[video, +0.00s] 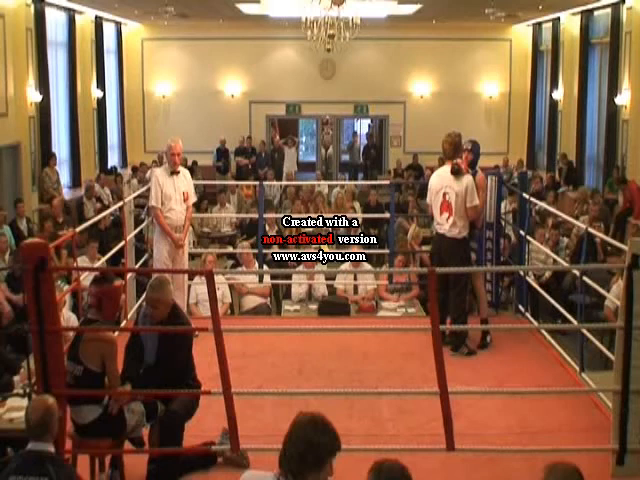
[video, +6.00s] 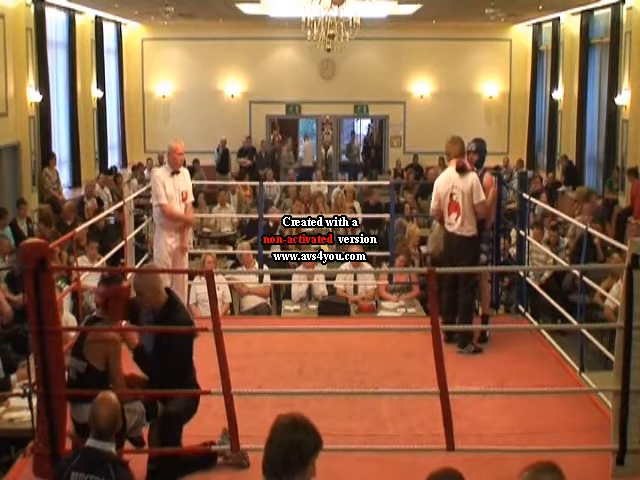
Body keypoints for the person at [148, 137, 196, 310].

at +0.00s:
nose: (176, 159)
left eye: (179, 155)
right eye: (172, 155)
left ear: (182, 155)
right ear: (166, 156)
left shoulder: (185, 174)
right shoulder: (157, 174)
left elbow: (190, 204)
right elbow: (154, 208)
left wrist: (184, 233)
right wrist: (172, 234)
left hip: (182, 227)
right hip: (164, 227)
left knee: (181, 270)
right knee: (162, 269)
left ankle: (181, 310)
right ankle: (162, 310)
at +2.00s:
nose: (176, 159)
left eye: (178, 155)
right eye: (172, 155)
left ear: (181, 155)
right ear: (165, 156)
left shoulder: (184, 173)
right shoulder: (158, 174)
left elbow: (189, 205)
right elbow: (154, 208)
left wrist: (184, 233)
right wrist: (172, 235)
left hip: (182, 226)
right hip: (164, 225)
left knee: (182, 267)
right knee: (163, 266)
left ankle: (181, 301)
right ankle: (162, 304)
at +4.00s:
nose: (176, 158)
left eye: (178, 154)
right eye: (172, 154)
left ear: (182, 155)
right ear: (166, 155)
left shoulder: (185, 173)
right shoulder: (158, 175)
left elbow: (189, 204)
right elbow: (155, 208)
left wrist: (184, 233)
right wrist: (172, 234)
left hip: (182, 226)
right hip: (164, 226)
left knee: (181, 269)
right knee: (163, 267)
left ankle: (181, 303)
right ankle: (162, 305)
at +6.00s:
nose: (181, 158)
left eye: (182, 154)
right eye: (177, 154)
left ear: (184, 156)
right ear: (168, 156)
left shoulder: (185, 173)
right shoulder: (158, 174)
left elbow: (189, 203)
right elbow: (163, 206)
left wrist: (185, 237)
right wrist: (185, 217)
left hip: (182, 228)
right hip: (165, 228)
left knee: (181, 268)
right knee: (164, 267)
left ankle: (181, 306)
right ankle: (163, 307)